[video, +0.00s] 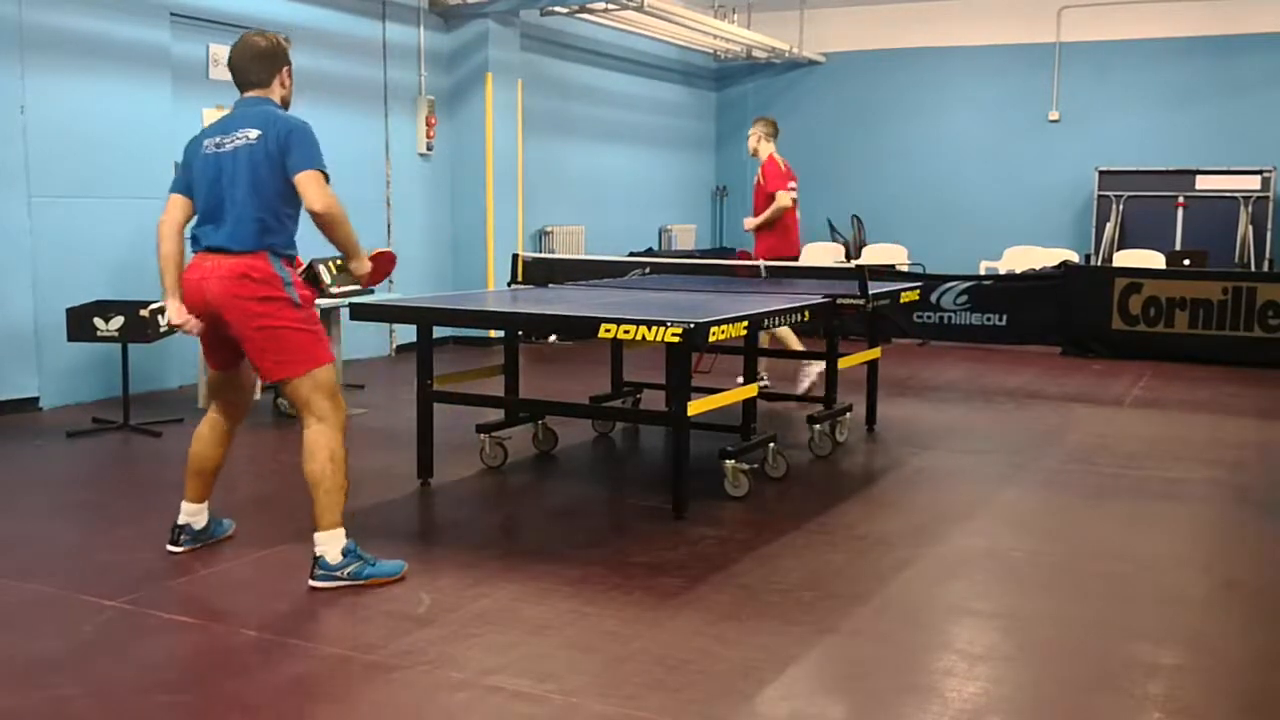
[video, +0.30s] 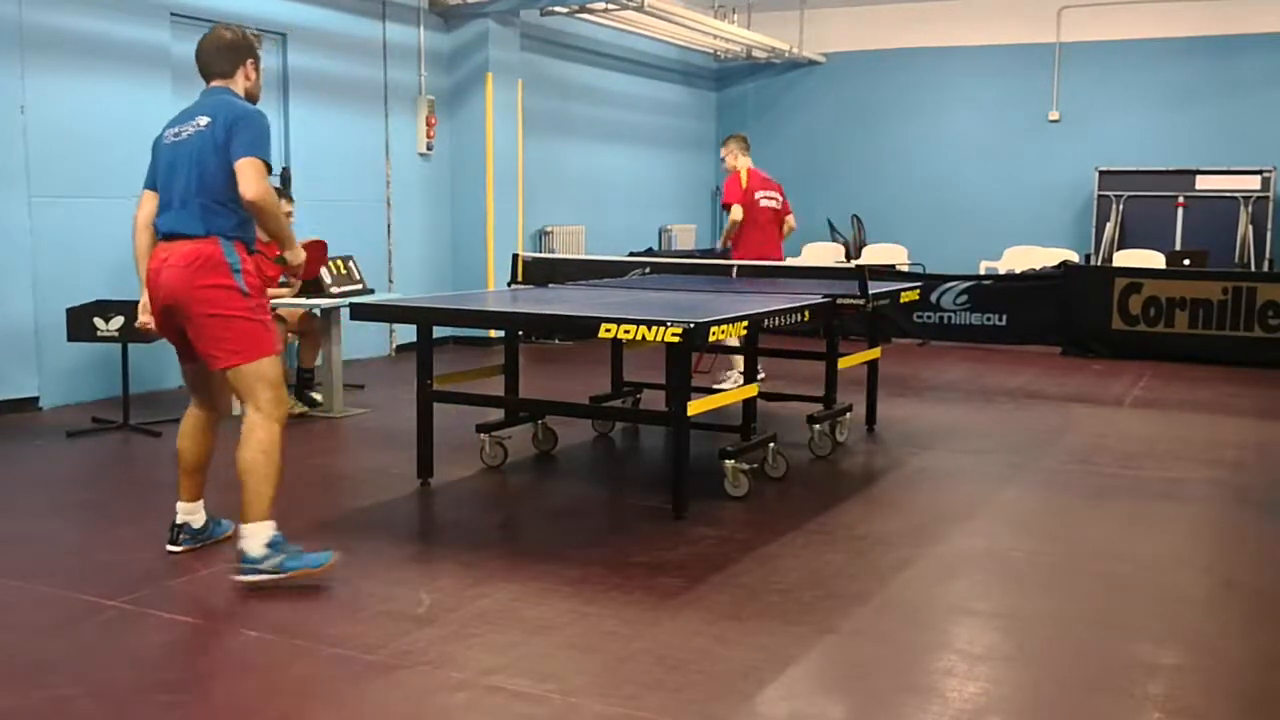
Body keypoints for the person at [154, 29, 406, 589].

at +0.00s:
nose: (293, 85)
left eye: (289, 77)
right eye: (292, 77)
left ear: (237, 82)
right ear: (282, 78)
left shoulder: (201, 140)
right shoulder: (289, 127)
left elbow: (171, 223)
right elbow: (319, 204)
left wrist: (173, 296)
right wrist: (356, 258)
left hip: (200, 280)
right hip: (258, 278)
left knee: (228, 402)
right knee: (324, 409)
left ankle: (190, 522)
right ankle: (332, 554)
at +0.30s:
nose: (261, 80)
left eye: (258, 70)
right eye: (260, 70)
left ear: (208, 72)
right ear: (247, 70)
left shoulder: (172, 127)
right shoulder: (244, 116)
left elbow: (146, 213)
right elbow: (253, 192)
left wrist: (148, 288)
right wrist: (292, 249)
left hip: (165, 270)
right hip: (214, 265)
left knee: (208, 398)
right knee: (267, 401)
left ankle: (189, 521)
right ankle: (259, 545)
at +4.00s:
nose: (340, 203)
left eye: (339, 194)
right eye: (336, 195)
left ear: (293, 196)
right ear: (315, 200)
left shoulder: (255, 220)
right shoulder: (285, 234)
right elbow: (289, 324)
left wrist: (290, 314)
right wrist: (331, 295)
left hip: (157, 321)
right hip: (188, 327)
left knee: (222, 379)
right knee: (306, 396)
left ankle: (190, 482)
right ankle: (298, 525)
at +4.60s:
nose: (338, 181)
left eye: (337, 173)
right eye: (337, 174)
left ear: (286, 177)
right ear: (325, 180)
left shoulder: (258, 202)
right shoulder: (298, 222)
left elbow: (234, 277)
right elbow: (305, 313)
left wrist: (274, 316)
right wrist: (347, 279)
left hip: (168, 315)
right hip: (207, 321)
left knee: (219, 382)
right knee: (323, 401)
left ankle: (190, 483)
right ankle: (300, 525)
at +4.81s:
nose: (344, 172)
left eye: (342, 164)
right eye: (341, 164)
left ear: (293, 170)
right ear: (324, 171)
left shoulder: (262, 196)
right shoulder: (300, 214)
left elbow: (242, 275)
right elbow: (309, 304)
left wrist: (284, 316)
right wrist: (349, 274)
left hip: (174, 311)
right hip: (213, 316)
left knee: (220, 384)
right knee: (326, 401)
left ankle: (190, 482)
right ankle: (300, 526)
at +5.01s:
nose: (347, 165)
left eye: (345, 156)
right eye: (343, 157)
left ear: (296, 163)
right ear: (326, 164)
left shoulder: (260, 191)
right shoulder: (303, 210)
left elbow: (247, 271)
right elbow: (311, 297)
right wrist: (353, 269)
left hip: (180, 309)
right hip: (221, 315)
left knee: (221, 384)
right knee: (329, 401)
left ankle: (191, 482)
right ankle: (300, 526)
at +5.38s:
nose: (337, 143)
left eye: (333, 134)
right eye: (332, 135)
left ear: (289, 146)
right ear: (315, 145)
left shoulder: (249, 180)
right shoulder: (299, 196)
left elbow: (189, 220)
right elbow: (306, 280)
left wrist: (222, 268)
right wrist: (353, 259)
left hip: (191, 306)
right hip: (232, 310)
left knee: (230, 383)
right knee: (332, 401)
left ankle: (192, 481)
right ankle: (301, 525)